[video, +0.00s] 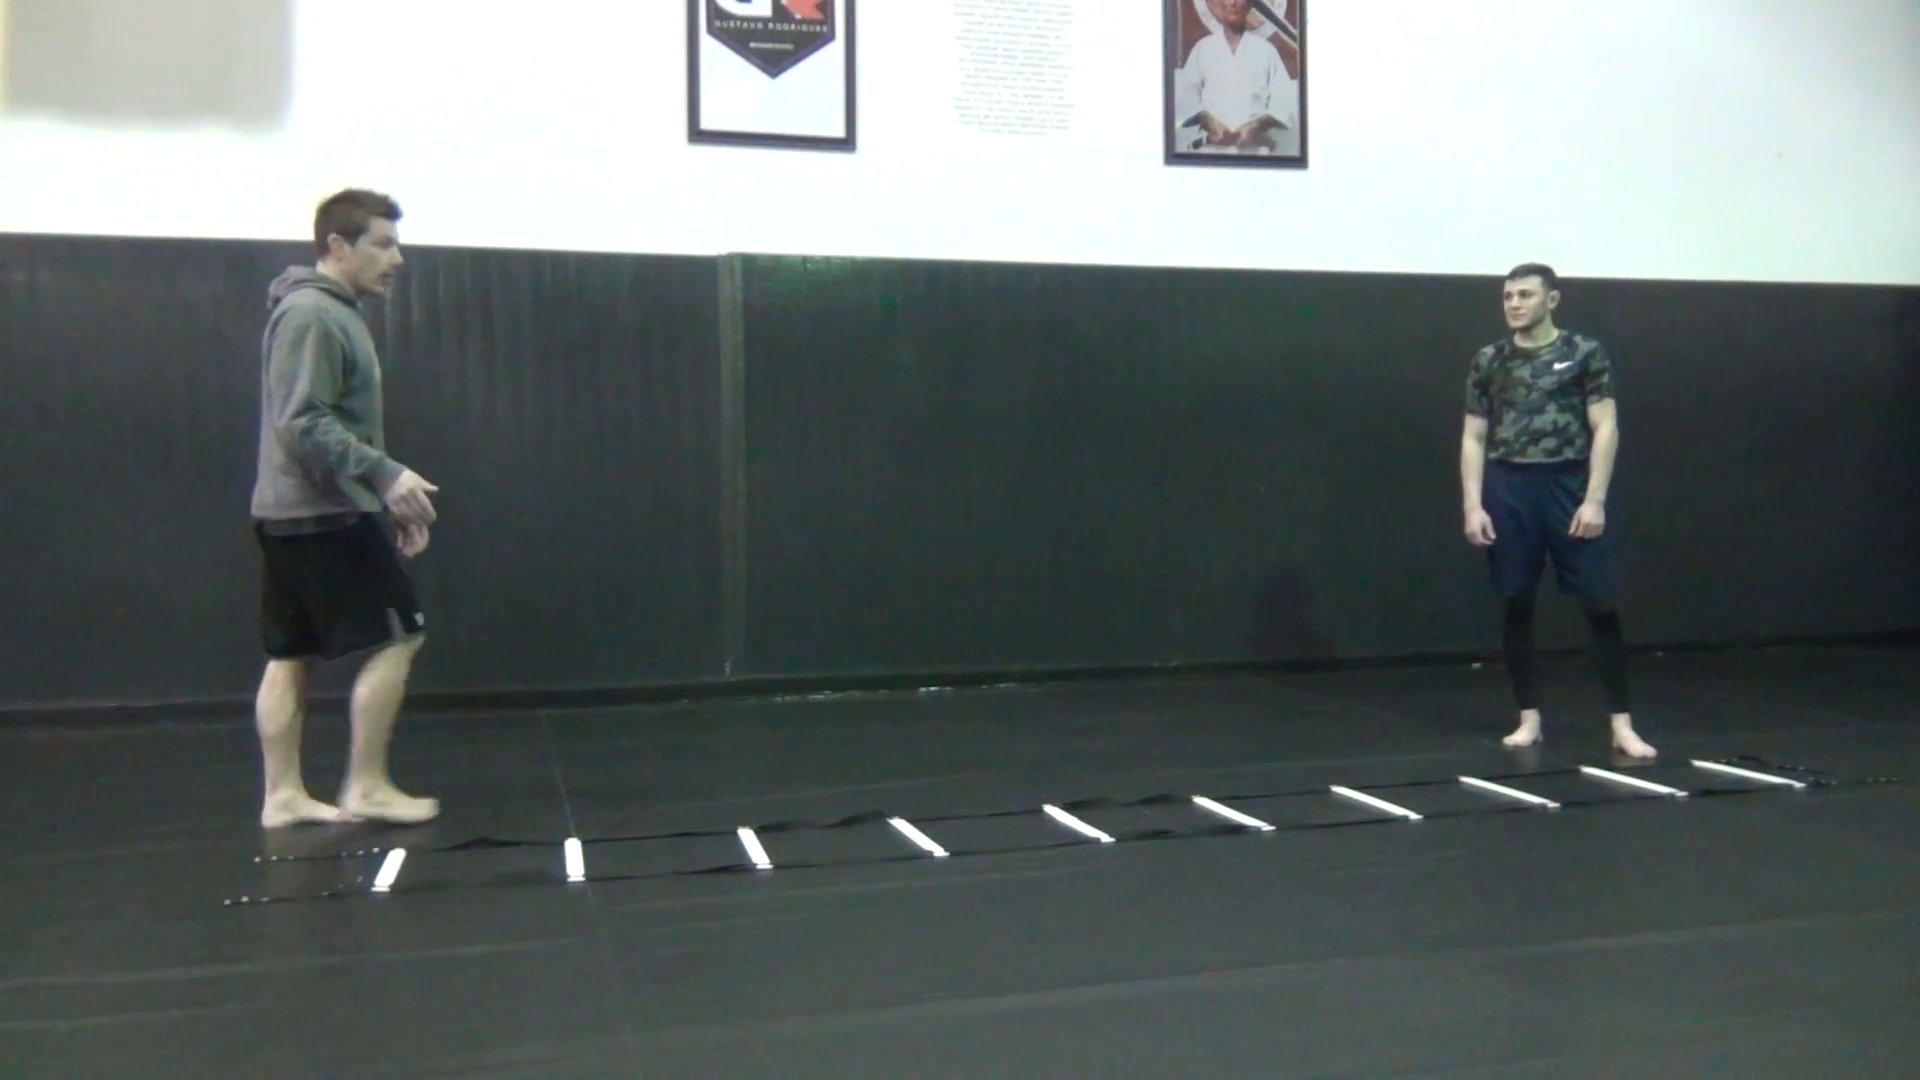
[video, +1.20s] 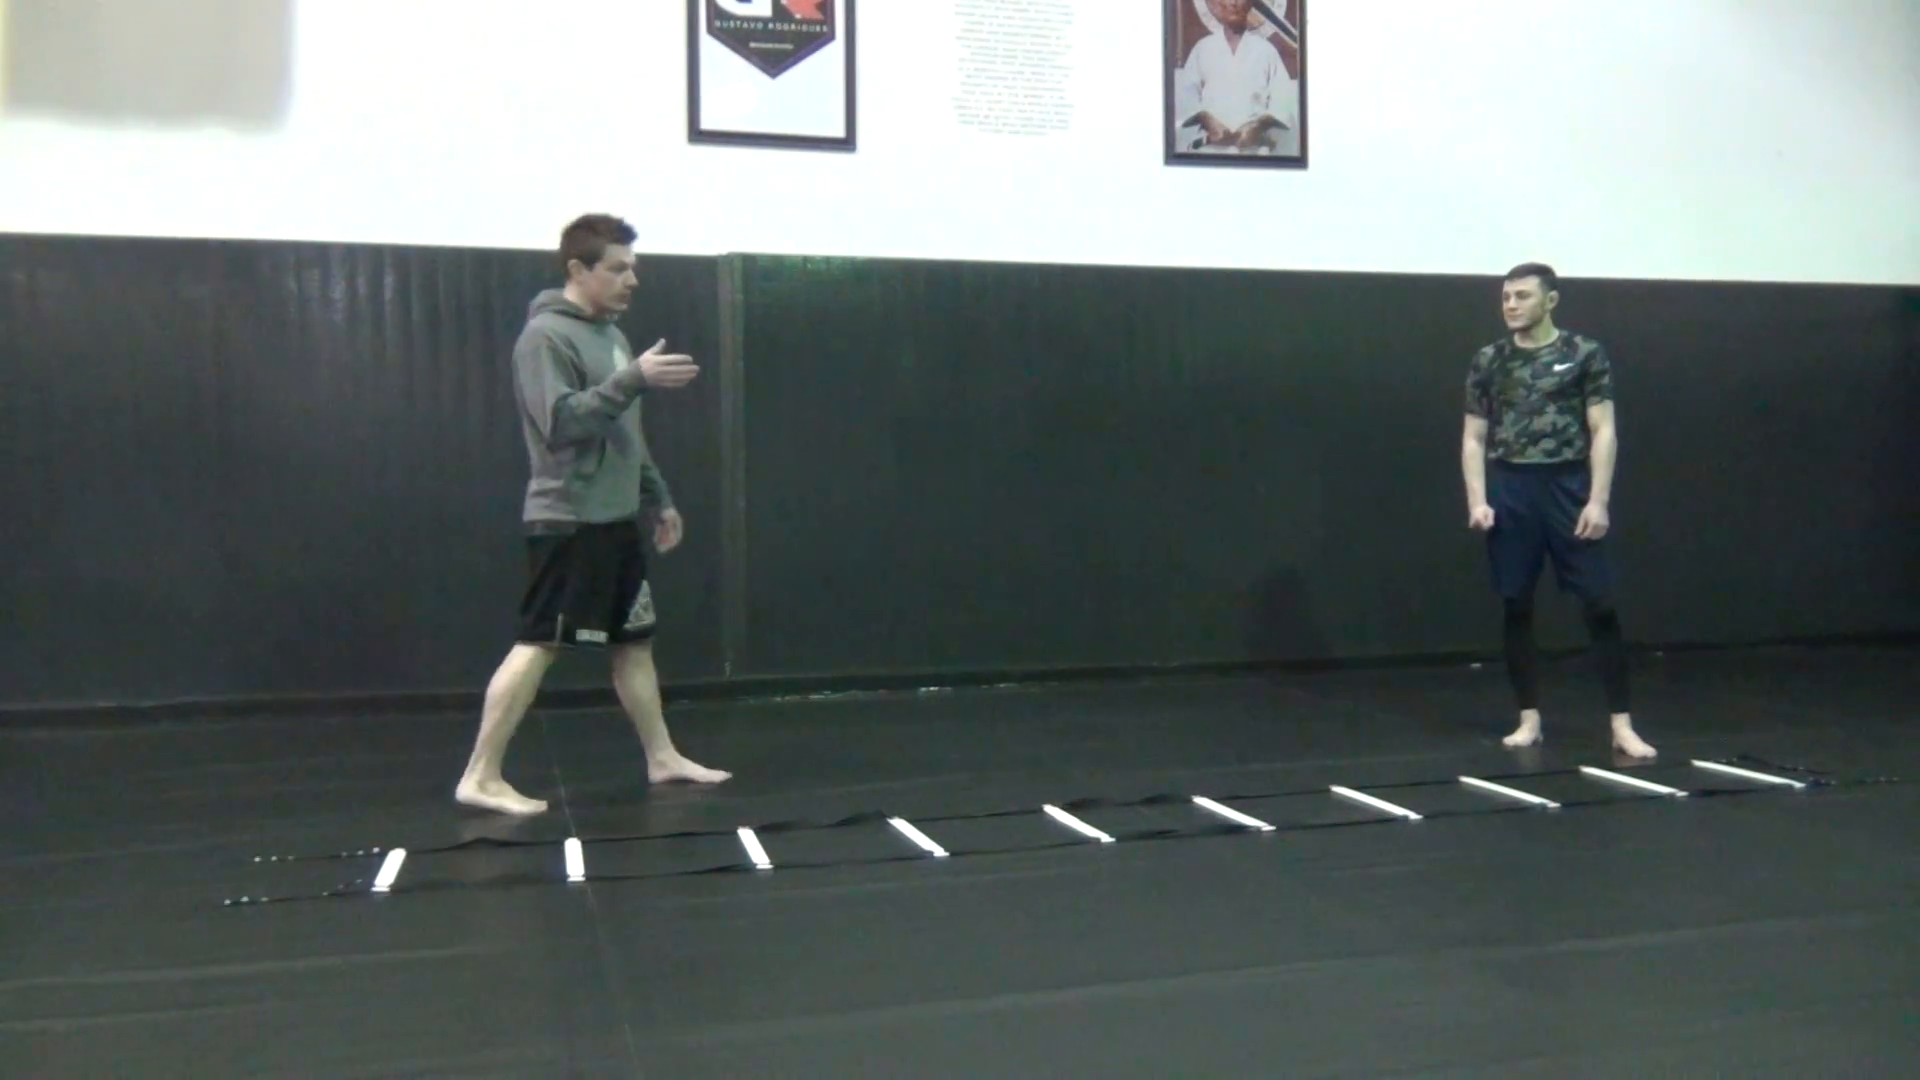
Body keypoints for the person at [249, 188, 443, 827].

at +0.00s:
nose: (396, 260)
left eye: (396, 247)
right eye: (384, 246)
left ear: (342, 249)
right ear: (337, 245)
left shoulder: (331, 312)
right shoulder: (312, 315)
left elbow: (339, 428)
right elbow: (303, 421)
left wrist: (389, 504)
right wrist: (385, 474)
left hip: (294, 513)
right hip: (324, 512)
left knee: (289, 655)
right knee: (398, 634)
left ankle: (282, 795)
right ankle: (367, 785)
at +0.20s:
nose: (428, 264)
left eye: (429, 251)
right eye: (415, 251)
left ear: (377, 256)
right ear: (371, 253)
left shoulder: (372, 320)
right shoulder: (347, 323)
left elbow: (383, 429)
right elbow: (348, 430)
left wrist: (418, 507)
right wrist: (434, 478)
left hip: (335, 516)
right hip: (363, 518)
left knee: (313, 655)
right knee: (412, 652)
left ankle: (285, 794)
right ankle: (465, 782)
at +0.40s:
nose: (473, 265)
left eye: (473, 252)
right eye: (460, 253)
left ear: (419, 257)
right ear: (414, 256)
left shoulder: (420, 320)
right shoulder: (396, 328)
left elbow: (428, 430)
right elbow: (412, 437)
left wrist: (458, 503)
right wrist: (506, 467)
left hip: (395, 516)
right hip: (408, 520)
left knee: (363, 652)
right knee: (443, 657)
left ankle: (299, 774)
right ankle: (472, 791)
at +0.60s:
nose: (516, 262)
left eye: (515, 250)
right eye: (503, 250)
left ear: (461, 256)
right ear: (459, 254)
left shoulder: (462, 319)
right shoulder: (445, 329)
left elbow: (478, 425)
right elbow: (476, 431)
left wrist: (501, 506)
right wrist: (573, 445)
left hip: (468, 514)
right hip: (456, 518)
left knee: (455, 643)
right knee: (469, 650)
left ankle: (372, 736)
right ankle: (474, 791)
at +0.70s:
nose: (534, 262)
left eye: (533, 250)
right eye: (521, 251)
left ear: (486, 255)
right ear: (476, 255)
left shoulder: (484, 318)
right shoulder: (460, 327)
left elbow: (506, 418)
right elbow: (491, 426)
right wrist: (586, 424)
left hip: (500, 511)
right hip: (476, 515)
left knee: (514, 625)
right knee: (485, 642)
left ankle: (436, 737)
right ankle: (474, 789)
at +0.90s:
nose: (568, 267)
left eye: (567, 255)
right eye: (556, 255)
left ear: (529, 260)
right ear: (512, 258)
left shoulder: (533, 324)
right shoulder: (485, 328)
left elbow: (548, 428)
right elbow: (506, 423)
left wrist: (568, 501)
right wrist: (593, 389)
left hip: (545, 510)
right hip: (506, 513)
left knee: (573, 622)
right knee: (500, 645)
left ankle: (571, 752)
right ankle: (474, 789)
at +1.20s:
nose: (631, 281)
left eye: (633, 270)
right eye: (619, 269)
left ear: (598, 273)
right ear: (578, 270)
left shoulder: (612, 337)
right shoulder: (541, 337)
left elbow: (628, 435)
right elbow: (559, 424)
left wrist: (658, 500)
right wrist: (632, 378)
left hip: (618, 515)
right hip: (567, 518)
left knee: (633, 638)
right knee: (538, 644)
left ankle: (662, 758)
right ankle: (479, 776)